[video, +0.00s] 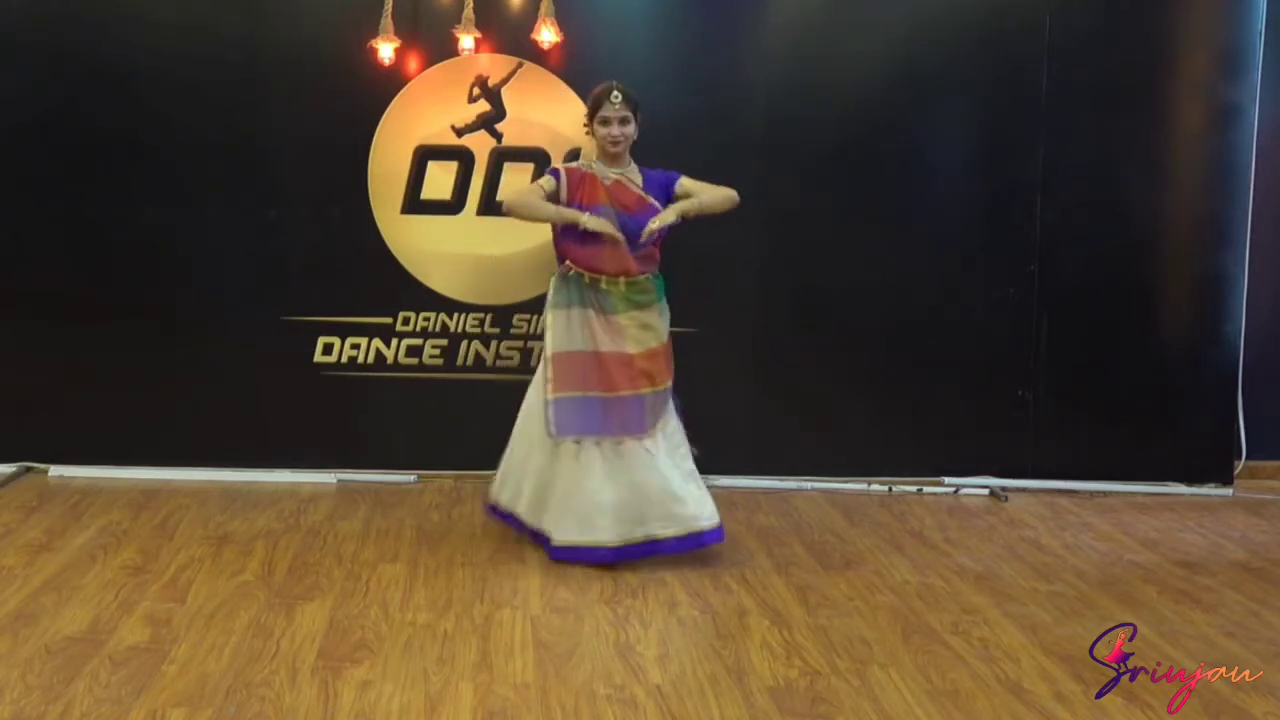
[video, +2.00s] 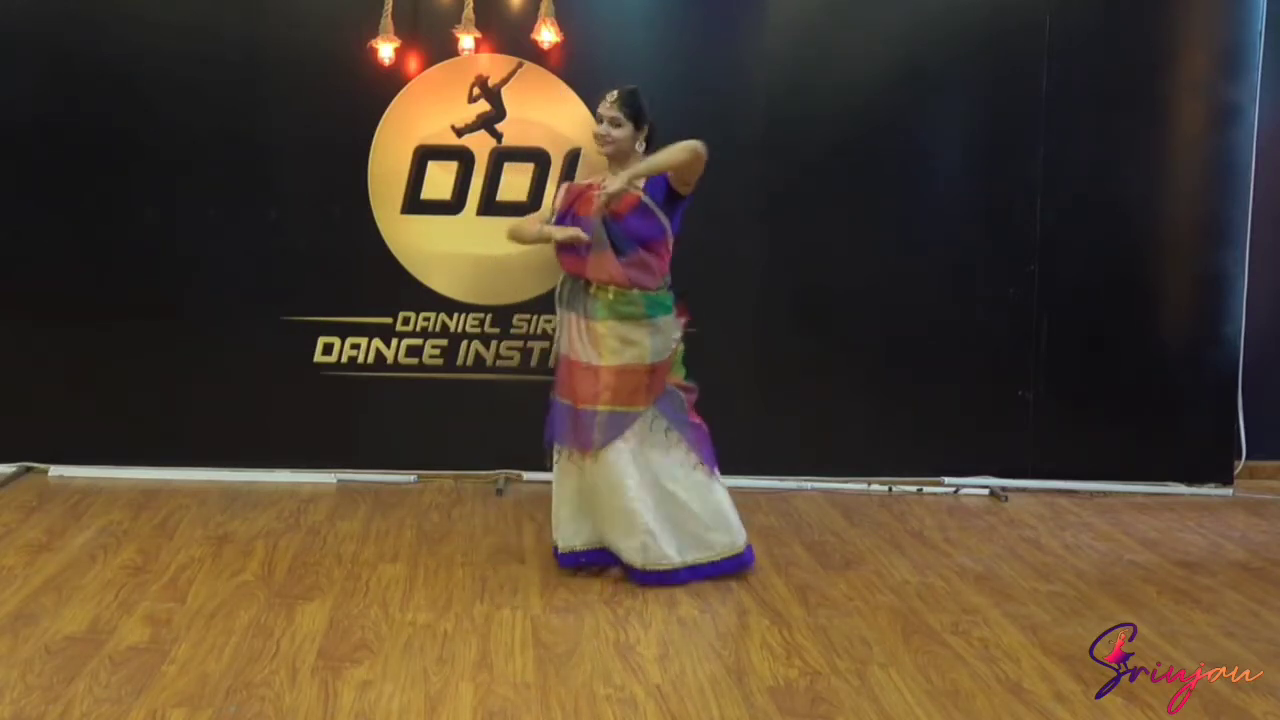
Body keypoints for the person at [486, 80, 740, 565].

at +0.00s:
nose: (615, 130)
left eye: (624, 122)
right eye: (605, 122)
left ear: (636, 127)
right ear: (590, 127)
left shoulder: (654, 181)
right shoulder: (570, 176)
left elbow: (727, 196)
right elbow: (518, 203)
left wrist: (678, 209)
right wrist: (584, 219)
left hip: (639, 310)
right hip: (580, 310)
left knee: (639, 412)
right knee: (583, 413)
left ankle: (640, 522)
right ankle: (582, 523)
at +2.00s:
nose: (604, 130)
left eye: (615, 123)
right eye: (600, 122)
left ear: (641, 133)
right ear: (594, 130)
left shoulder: (661, 188)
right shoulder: (576, 193)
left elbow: (694, 152)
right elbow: (520, 230)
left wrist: (630, 173)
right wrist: (551, 231)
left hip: (641, 330)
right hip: (584, 329)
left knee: (631, 438)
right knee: (586, 438)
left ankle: (656, 546)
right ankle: (592, 544)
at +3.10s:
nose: (619, 123)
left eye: (622, 114)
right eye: (605, 118)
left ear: (631, 120)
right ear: (582, 131)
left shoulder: (653, 185)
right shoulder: (573, 186)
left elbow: (731, 212)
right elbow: (545, 237)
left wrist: (705, 197)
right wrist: (604, 214)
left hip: (641, 320)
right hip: (585, 319)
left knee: (644, 433)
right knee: (589, 433)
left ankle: (645, 553)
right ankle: (590, 557)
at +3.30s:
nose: (589, 129)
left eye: (598, 119)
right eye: (583, 124)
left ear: (628, 124)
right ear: (581, 138)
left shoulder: (669, 186)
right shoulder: (578, 191)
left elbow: (731, 225)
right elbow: (537, 233)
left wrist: (708, 283)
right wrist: (557, 279)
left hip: (653, 326)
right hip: (589, 325)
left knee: (656, 435)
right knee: (581, 433)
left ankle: (655, 548)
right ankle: (576, 546)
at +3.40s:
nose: (588, 117)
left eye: (597, 108)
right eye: (582, 112)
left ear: (626, 115)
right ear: (580, 124)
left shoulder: (659, 177)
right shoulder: (578, 176)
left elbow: (711, 184)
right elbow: (533, 173)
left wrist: (661, 185)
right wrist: (498, 153)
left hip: (645, 318)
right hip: (580, 315)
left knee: (654, 428)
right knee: (561, 424)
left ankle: (665, 543)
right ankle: (541, 539)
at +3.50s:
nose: (579, 106)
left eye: (588, 95)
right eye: (574, 100)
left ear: (619, 106)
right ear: (574, 115)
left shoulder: (650, 165)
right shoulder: (568, 159)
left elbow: (689, 143)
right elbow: (512, 122)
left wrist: (633, 131)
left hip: (635, 307)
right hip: (568, 305)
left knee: (649, 432)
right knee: (539, 423)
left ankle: (656, 554)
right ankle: (508, 543)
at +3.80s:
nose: (547, 125)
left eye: (558, 118)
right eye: (544, 118)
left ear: (585, 133)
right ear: (538, 130)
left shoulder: (603, 201)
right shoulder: (523, 172)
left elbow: (679, 198)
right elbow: (467, 166)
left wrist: (644, 197)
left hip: (560, 321)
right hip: (503, 308)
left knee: (560, 432)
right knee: (503, 428)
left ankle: (556, 555)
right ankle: (498, 550)